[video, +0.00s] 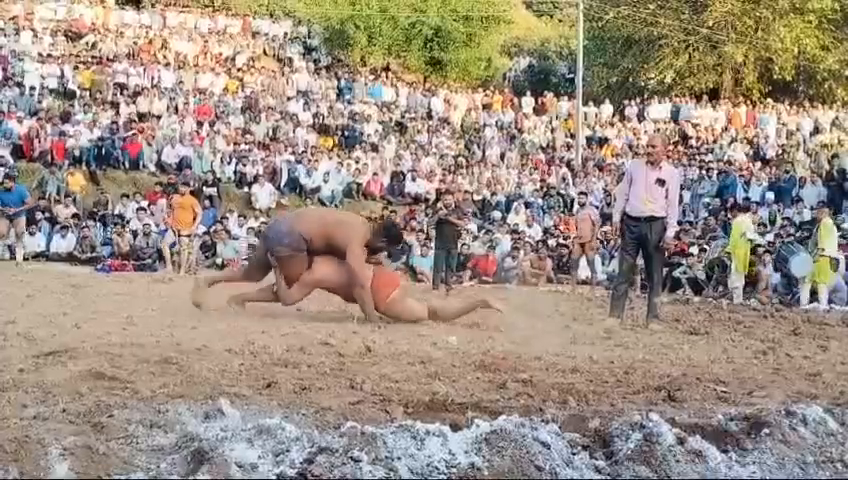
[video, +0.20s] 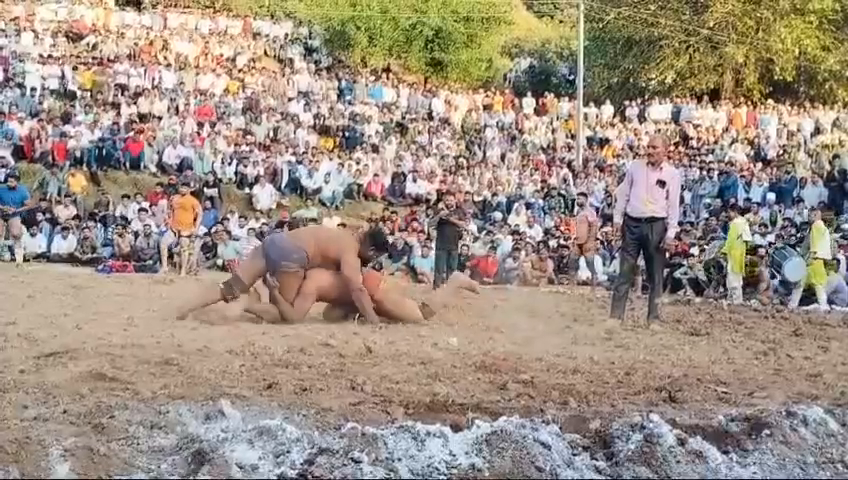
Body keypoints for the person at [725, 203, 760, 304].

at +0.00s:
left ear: (737, 211)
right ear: (749, 211)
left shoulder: (736, 221)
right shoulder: (747, 221)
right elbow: (750, 235)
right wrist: (763, 241)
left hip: (735, 250)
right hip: (741, 251)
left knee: (735, 274)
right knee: (739, 275)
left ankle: (736, 298)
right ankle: (738, 299)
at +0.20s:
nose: (728, 215)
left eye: (730, 213)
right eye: (728, 213)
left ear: (735, 212)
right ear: (732, 212)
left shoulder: (741, 223)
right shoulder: (732, 224)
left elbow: (747, 239)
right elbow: (730, 240)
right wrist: (724, 250)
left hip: (737, 254)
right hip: (731, 253)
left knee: (734, 277)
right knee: (731, 277)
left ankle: (736, 299)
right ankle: (732, 298)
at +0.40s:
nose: (727, 217)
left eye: (729, 215)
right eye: (727, 215)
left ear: (735, 215)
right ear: (731, 216)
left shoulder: (739, 226)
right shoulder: (730, 226)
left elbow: (744, 243)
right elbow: (728, 242)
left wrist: (742, 257)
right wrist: (723, 251)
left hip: (735, 255)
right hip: (728, 254)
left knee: (732, 277)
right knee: (727, 276)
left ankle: (733, 299)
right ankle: (730, 298)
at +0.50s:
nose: (726, 219)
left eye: (727, 217)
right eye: (725, 217)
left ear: (733, 217)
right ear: (733, 217)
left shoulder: (733, 227)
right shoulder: (737, 226)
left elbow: (729, 243)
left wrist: (722, 253)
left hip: (731, 254)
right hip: (735, 253)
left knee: (727, 275)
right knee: (733, 274)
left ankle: (728, 296)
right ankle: (731, 295)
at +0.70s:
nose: (721, 219)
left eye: (724, 217)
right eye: (721, 217)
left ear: (730, 217)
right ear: (721, 218)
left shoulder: (733, 227)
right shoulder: (725, 228)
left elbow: (738, 244)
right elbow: (724, 244)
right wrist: (718, 252)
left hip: (728, 257)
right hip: (722, 256)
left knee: (727, 279)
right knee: (724, 278)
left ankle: (727, 302)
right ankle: (726, 301)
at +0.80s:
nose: (719, 219)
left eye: (720, 217)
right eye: (718, 217)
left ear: (726, 216)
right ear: (723, 217)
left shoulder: (726, 227)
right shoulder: (727, 226)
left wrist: (715, 252)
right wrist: (716, 251)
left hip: (725, 256)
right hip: (725, 255)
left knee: (725, 278)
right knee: (725, 277)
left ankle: (727, 301)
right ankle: (727, 301)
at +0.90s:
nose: (714, 219)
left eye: (716, 216)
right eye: (713, 216)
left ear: (723, 216)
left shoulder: (722, 227)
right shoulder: (721, 226)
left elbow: (719, 245)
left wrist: (710, 253)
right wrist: (711, 253)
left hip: (719, 258)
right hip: (721, 258)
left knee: (704, 282)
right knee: (724, 282)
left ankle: (699, 302)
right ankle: (728, 304)